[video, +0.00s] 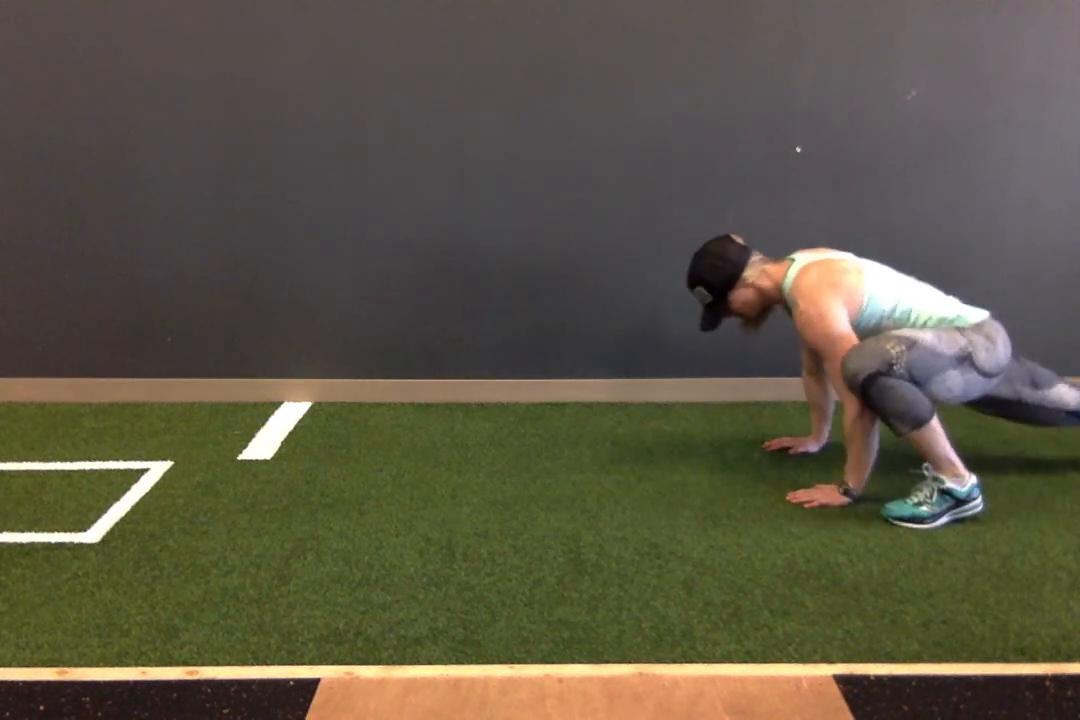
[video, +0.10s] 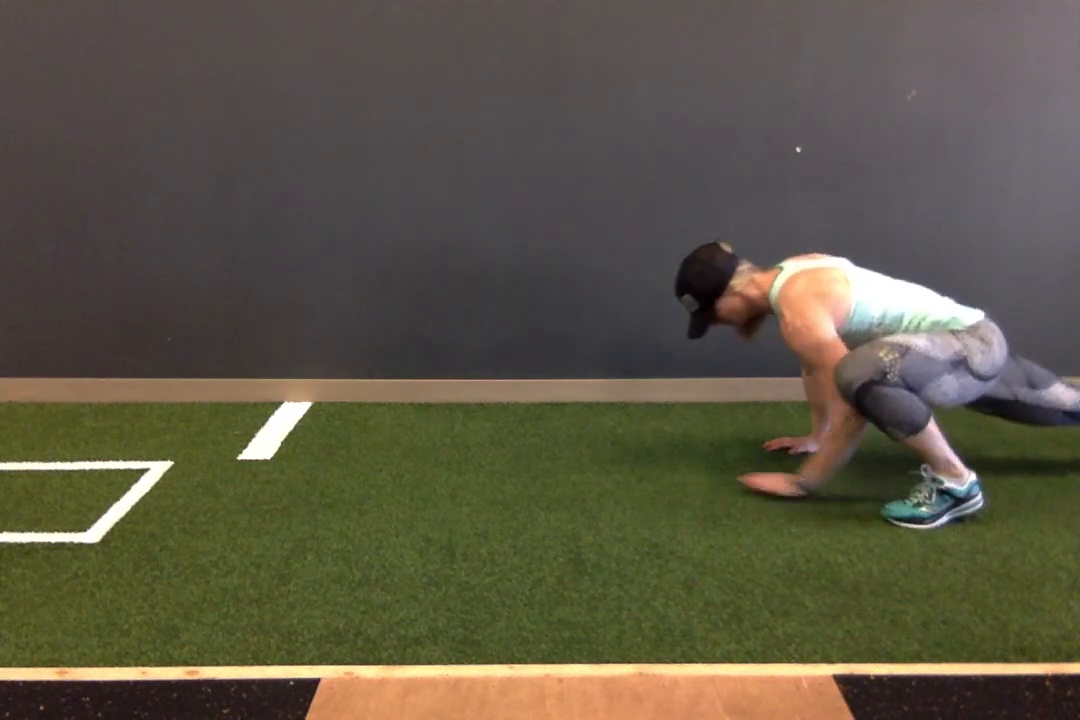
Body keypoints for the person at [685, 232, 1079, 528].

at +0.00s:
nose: (731, 317)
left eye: (725, 306)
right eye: (723, 311)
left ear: (747, 283)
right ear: (750, 272)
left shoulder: (814, 298)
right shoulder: (802, 271)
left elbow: (859, 400)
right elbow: (814, 367)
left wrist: (850, 488)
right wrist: (818, 436)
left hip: (974, 346)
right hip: (978, 339)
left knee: (864, 365)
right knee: (1060, 402)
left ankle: (955, 482)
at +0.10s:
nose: (721, 325)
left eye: (714, 314)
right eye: (712, 319)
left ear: (732, 292)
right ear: (737, 277)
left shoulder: (801, 312)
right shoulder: (792, 275)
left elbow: (851, 413)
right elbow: (813, 358)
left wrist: (804, 482)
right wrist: (819, 432)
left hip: (969, 348)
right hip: (975, 336)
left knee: (861, 374)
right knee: (1058, 403)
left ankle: (955, 482)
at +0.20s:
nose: (708, 331)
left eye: (702, 320)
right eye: (700, 324)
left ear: (721, 296)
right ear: (726, 281)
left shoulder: (786, 316)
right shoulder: (785, 279)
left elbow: (795, 436)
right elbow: (821, 350)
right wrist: (816, 428)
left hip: (962, 343)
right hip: (973, 327)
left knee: (854, 387)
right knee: (1054, 393)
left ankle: (952, 481)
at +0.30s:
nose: (697, 342)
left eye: (690, 331)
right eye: (688, 336)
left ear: (709, 304)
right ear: (715, 287)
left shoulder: (766, 323)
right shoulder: (773, 288)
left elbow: (737, 432)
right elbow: (814, 367)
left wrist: (658, 480)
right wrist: (816, 433)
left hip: (954, 342)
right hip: (968, 318)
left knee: (843, 403)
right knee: (1057, 388)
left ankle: (951, 478)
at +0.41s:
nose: (684, 344)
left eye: (677, 334)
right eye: (676, 337)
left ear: (690, 311)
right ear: (702, 291)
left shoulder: (748, 323)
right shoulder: (762, 293)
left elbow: (699, 426)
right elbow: (808, 369)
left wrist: (622, 481)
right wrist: (811, 431)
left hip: (945, 341)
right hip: (961, 314)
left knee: (823, 421)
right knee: (1049, 389)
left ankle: (948, 474)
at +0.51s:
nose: (668, 344)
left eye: (660, 335)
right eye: (659, 338)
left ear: (673, 311)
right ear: (684, 287)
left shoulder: (728, 322)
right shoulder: (748, 294)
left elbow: (690, 426)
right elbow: (791, 372)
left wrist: (618, 493)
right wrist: (802, 430)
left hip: (927, 338)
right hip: (950, 309)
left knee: (811, 435)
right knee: (1044, 390)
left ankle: (942, 472)